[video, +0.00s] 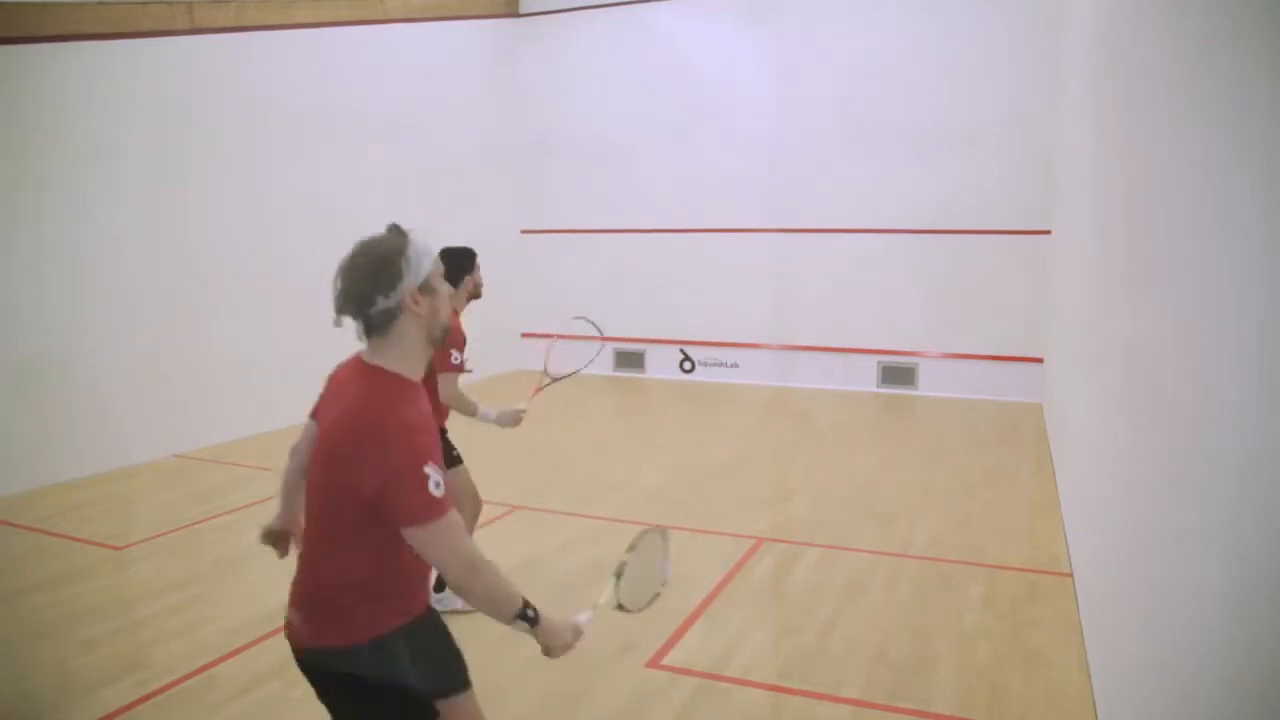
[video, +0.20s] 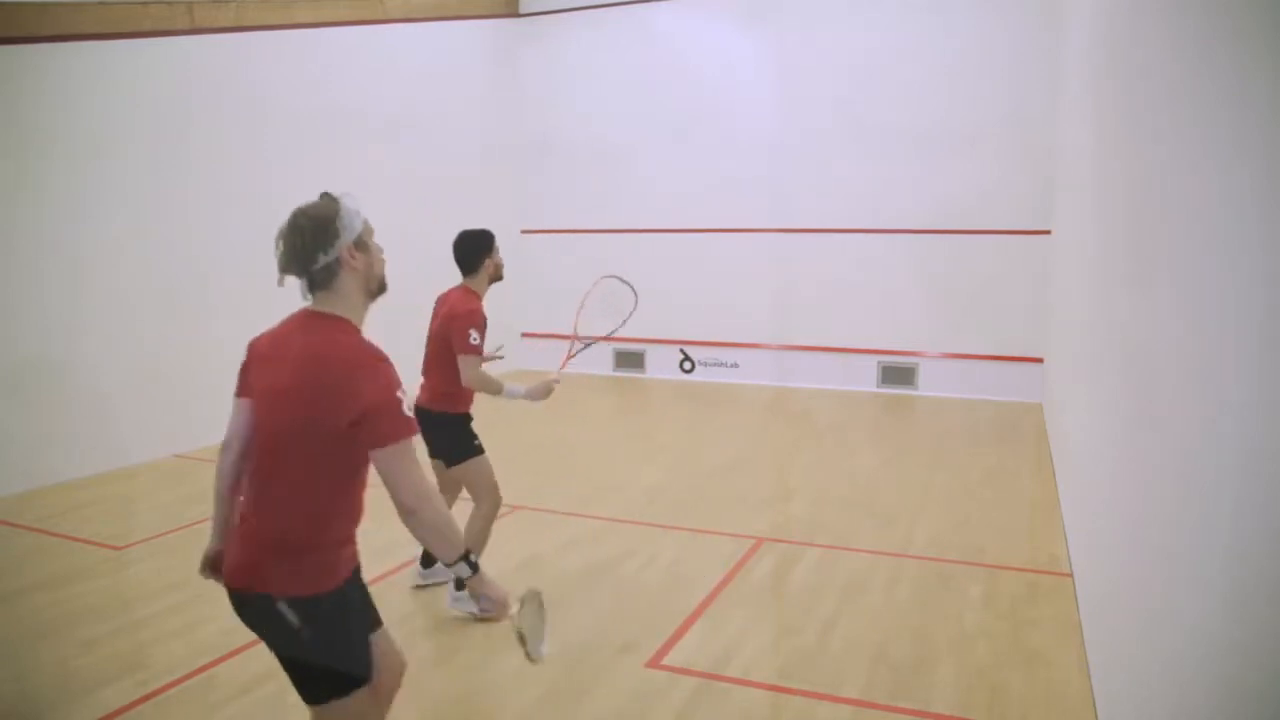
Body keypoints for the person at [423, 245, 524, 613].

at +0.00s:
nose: (481, 279)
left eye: (478, 272)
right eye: (477, 273)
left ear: (451, 280)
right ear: (465, 280)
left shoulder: (430, 319)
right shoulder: (450, 327)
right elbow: (447, 392)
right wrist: (493, 415)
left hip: (413, 427)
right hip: (430, 431)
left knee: (435, 505)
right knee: (469, 504)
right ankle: (445, 586)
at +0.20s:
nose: (502, 260)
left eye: (498, 253)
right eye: (497, 254)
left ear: (467, 263)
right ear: (486, 262)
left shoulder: (448, 299)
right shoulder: (469, 311)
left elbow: (438, 354)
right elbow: (471, 377)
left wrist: (475, 358)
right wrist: (524, 392)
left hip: (431, 409)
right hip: (448, 416)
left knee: (448, 487)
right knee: (488, 499)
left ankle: (430, 562)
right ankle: (463, 588)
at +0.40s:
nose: (531, 269)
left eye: (526, 262)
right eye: (525, 264)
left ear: (500, 275)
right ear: (514, 273)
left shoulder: (496, 313)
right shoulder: (492, 322)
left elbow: (488, 356)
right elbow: (495, 384)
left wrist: (524, 353)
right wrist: (552, 381)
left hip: (477, 428)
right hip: (484, 434)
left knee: (470, 498)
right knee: (525, 516)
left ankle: (434, 564)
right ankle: (503, 610)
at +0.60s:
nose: (574, 264)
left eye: (570, 257)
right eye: (569, 258)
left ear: (546, 271)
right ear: (558, 269)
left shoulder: (547, 311)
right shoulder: (530, 317)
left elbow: (558, 332)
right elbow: (514, 367)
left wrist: (588, 319)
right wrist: (567, 345)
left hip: (534, 432)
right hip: (523, 436)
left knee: (544, 514)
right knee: (576, 523)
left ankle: (507, 592)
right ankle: (527, 600)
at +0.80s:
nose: (629, 288)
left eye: (625, 282)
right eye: (621, 283)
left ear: (597, 301)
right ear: (605, 298)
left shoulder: (608, 336)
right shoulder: (583, 345)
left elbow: (616, 315)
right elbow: (551, 392)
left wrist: (636, 302)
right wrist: (568, 336)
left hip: (601, 466)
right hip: (585, 470)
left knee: (569, 532)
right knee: (641, 554)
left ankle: (510, 584)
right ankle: (682, 660)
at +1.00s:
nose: (687, 286)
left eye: (681, 277)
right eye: (680, 280)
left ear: (648, 299)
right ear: (666, 294)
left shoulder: (641, 337)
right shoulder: (656, 353)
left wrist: (729, 368)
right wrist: (709, 366)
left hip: (629, 473)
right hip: (654, 484)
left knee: (629, 540)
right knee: (723, 570)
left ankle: (577, 608)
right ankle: (707, 674)